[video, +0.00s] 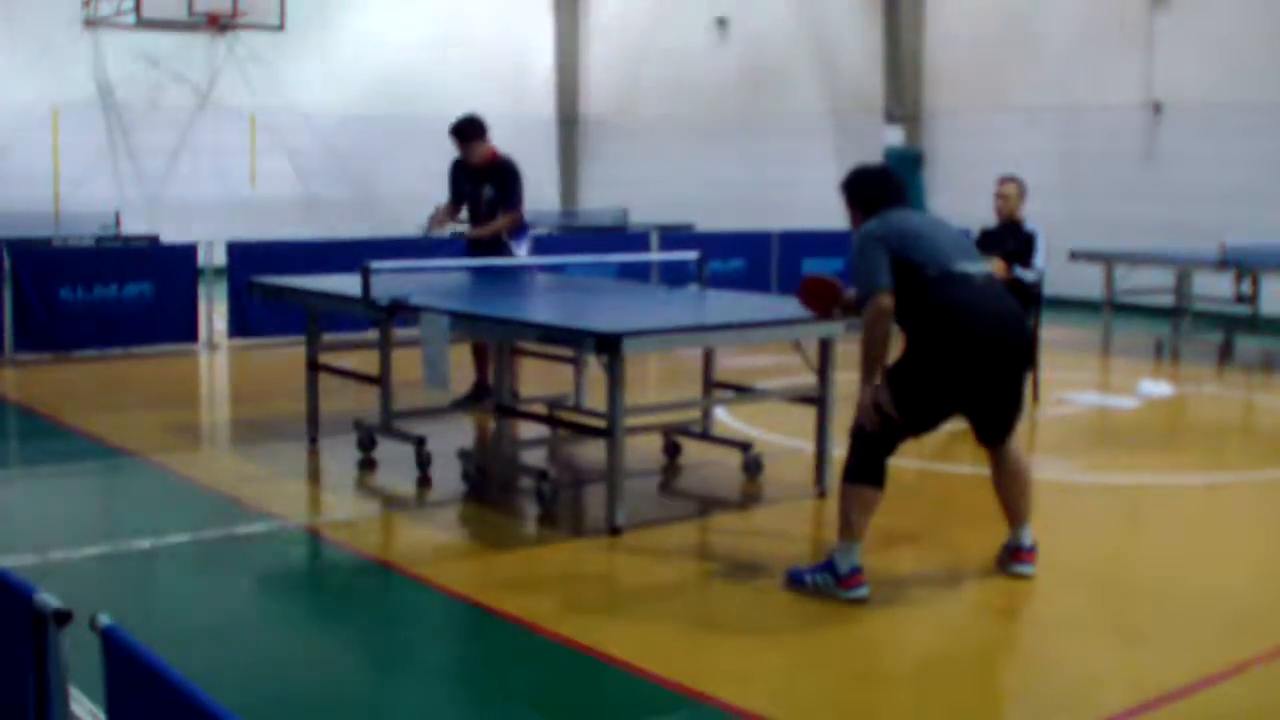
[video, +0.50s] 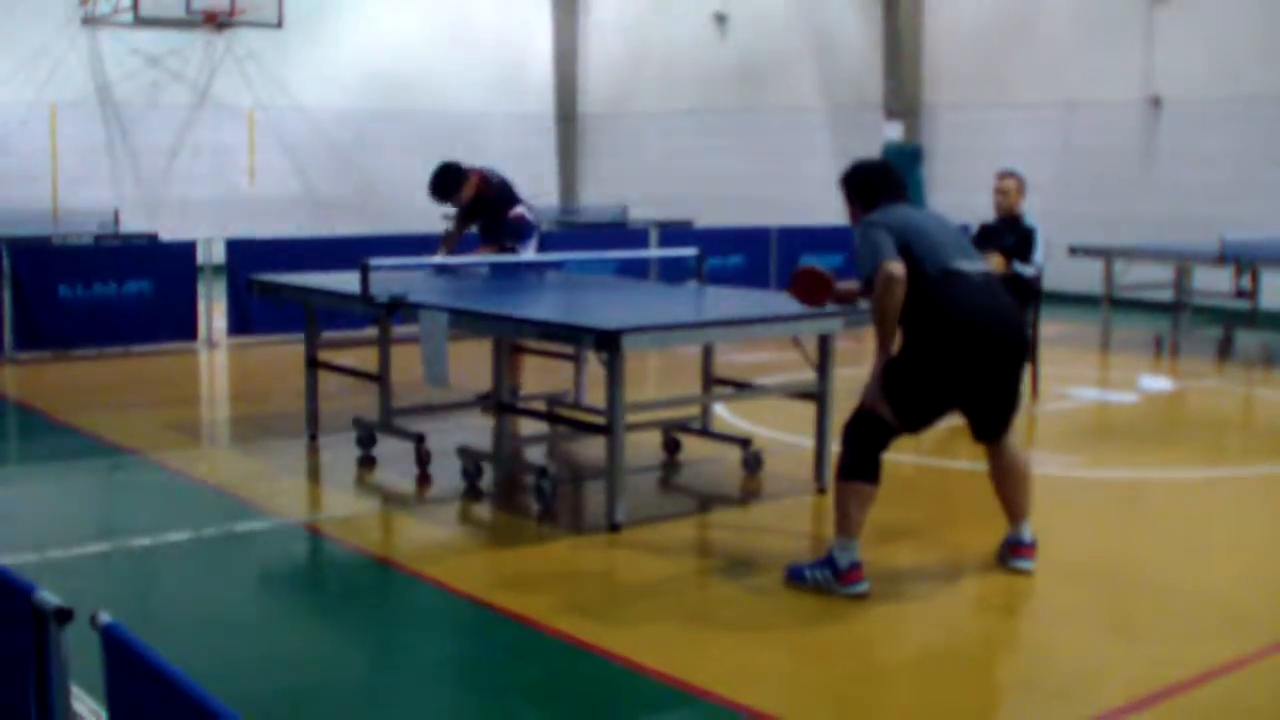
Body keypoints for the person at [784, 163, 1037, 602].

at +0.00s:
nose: (849, 219)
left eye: (849, 210)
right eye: (848, 210)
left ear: (858, 208)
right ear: (899, 196)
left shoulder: (872, 235)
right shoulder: (937, 226)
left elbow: (881, 305)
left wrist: (870, 382)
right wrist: (856, 304)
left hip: (944, 353)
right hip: (1006, 346)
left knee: (871, 439)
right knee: (999, 438)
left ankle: (845, 561)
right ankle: (1023, 542)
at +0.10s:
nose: (850, 218)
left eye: (850, 209)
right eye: (849, 209)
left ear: (858, 207)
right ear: (899, 196)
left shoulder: (872, 233)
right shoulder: (937, 226)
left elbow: (882, 302)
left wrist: (872, 380)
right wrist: (855, 302)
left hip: (944, 352)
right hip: (1006, 347)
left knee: (871, 438)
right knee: (999, 438)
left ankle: (845, 562)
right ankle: (1023, 542)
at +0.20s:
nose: (850, 219)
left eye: (850, 210)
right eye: (849, 210)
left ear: (859, 207)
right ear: (900, 197)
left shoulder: (873, 233)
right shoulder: (936, 225)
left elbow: (881, 303)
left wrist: (870, 383)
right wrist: (852, 299)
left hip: (944, 352)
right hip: (1006, 346)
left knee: (867, 437)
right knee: (998, 439)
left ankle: (844, 562)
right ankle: (1022, 542)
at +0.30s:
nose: (849, 219)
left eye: (849, 209)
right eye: (848, 209)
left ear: (859, 208)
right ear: (900, 197)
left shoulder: (872, 232)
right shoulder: (936, 224)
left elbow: (884, 294)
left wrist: (873, 380)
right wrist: (849, 294)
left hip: (944, 350)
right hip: (1005, 345)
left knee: (866, 439)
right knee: (997, 436)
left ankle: (845, 562)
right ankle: (1022, 541)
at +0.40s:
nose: (849, 218)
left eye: (848, 208)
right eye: (847, 208)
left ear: (857, 206)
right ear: (899, 194)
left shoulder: (872, 229)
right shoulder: (936, 222)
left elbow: (889, 281)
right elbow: (934, 279)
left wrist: (879, 368)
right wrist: (857, 292)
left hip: (942, 347)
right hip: (1004, 342)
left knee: (867, 437)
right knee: (997, 435)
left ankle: (845, 561)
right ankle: (1022, 539)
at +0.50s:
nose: (849, 215)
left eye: (848, 206)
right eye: (847, 206)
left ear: (857, 204)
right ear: (900, 192)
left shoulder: (872, 227)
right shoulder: (934, 221)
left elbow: (892, 274)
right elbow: (932, 278)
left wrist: (882, 360)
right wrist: (856, 291)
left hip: (941, 346)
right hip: (1002, 342)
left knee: (863, 435)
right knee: (997, 435)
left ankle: (844, 558)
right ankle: (1022, 537)